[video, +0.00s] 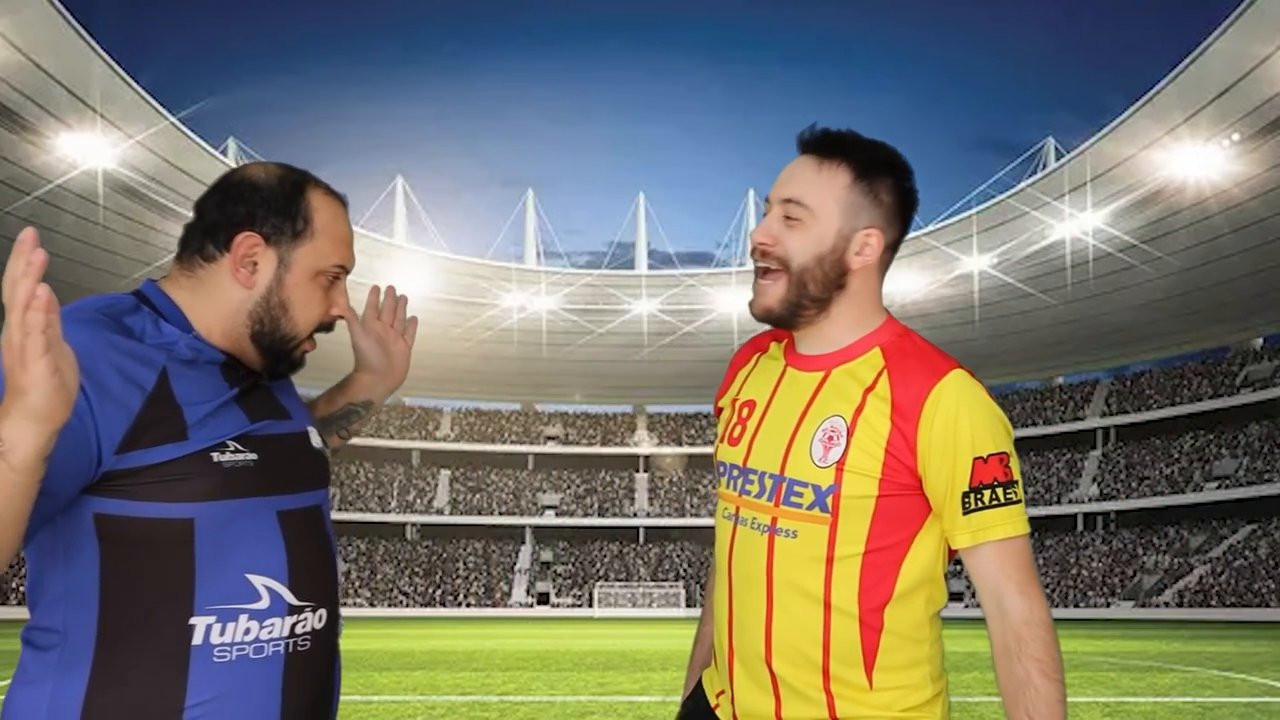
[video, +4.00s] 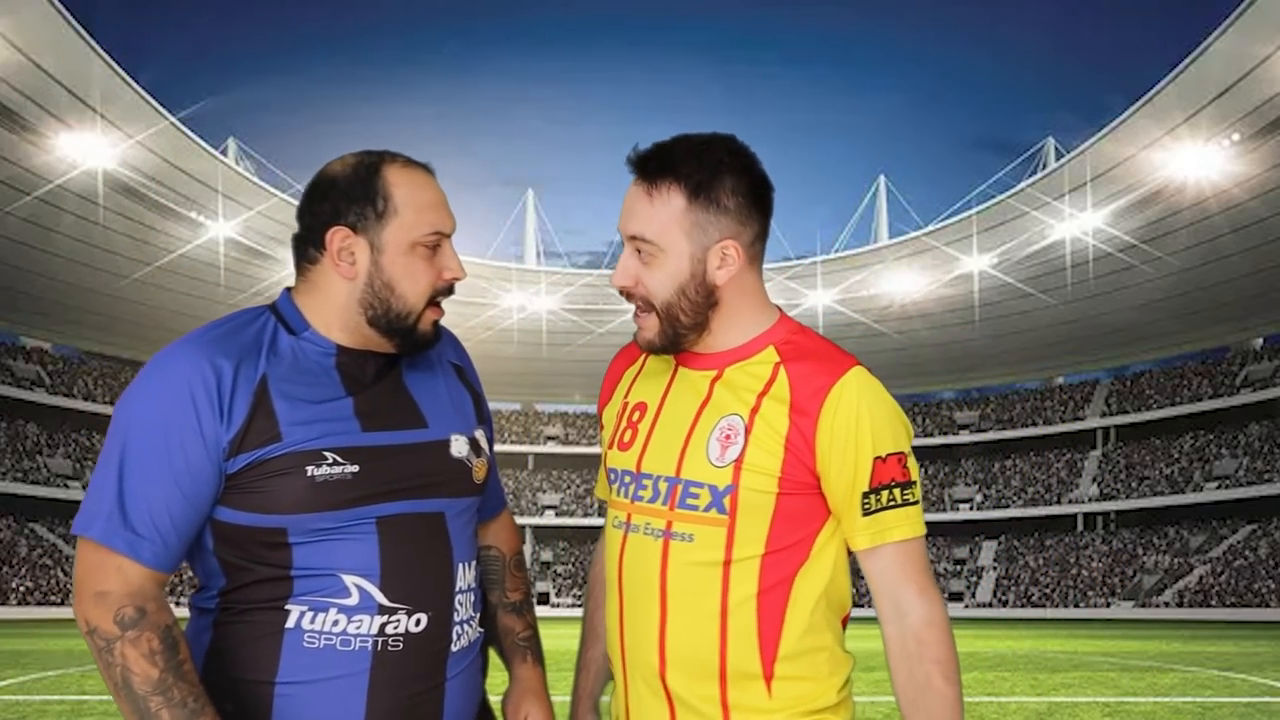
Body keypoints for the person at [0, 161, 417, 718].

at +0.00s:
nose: (340, 310)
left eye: (342, 281)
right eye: (330, 278)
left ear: (248, 261)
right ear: (249, 260)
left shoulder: (265, 378)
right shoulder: (90, 351)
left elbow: (276, 451)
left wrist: (368, 385)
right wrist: (26, 427)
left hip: (288, 705)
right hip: (105, 705)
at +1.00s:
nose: (286, 260)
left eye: (317, 232)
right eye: (257, 233)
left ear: (372, 243)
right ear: (226, 244)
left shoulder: (453, 364)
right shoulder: (140, 384)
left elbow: (520, 536)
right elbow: (61, 574)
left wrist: (510, 698)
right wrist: (96, 711)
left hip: (416, 708)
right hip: (205, 708)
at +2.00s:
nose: (427, 219)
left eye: (463, 202)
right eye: (410, 207)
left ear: (522, 241)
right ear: (388, 241)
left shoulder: (606, 385)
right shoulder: (327, 332)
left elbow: (674, 574)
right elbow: (191, 208)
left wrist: (592, 508)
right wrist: (131, 33)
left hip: (522, 708)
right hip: (327, 704)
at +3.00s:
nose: (582, 261)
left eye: (583, 243)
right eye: (553, 240)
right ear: (478, 253)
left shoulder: (622, 378)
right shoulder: (369, 374)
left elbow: (663, 528)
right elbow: (291, 532)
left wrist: (664, 643)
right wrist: (304, 689)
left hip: (578, 706)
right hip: (405, 706)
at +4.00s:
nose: (458, 271)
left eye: (450, 245)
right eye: (432, 246)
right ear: (346, 253)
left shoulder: (444, 364)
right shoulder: (204, 378)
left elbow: (491, 526)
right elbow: (113, 601)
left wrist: (528, 678)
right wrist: (197, 713)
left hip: (452, 707)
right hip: (274, 704)